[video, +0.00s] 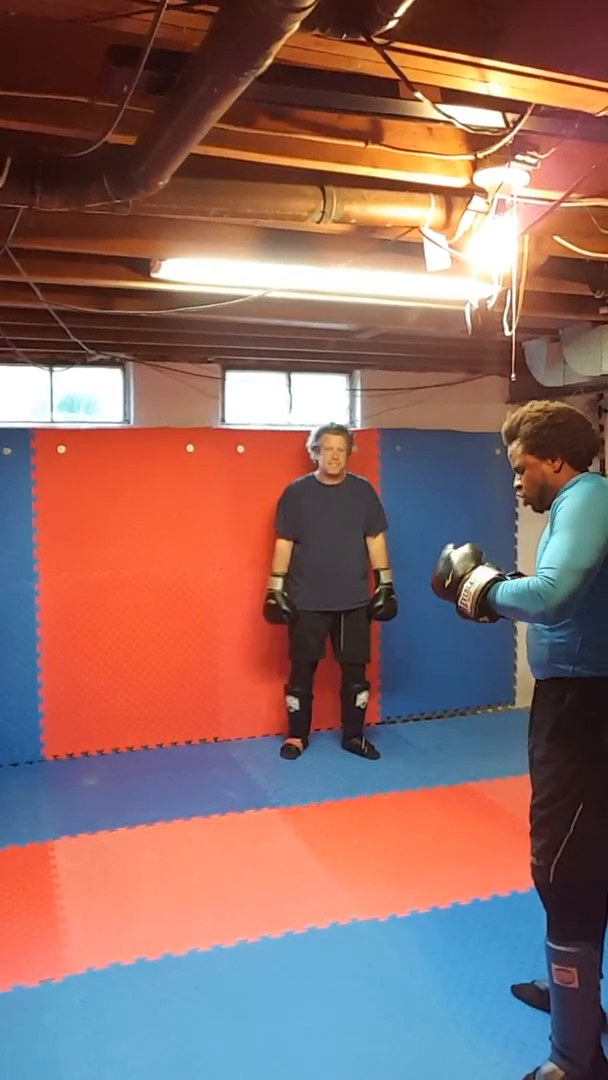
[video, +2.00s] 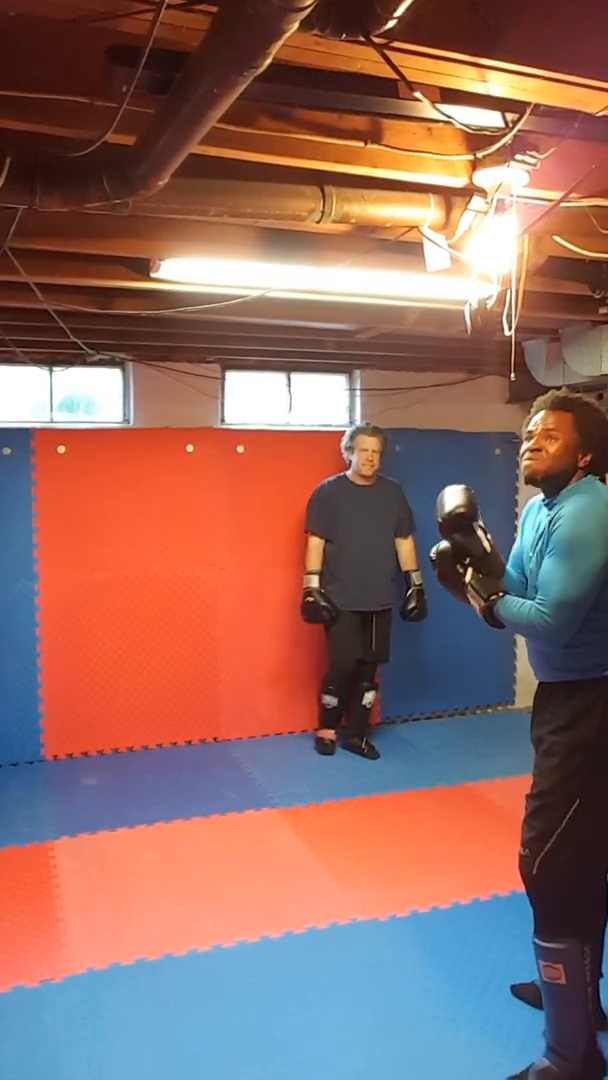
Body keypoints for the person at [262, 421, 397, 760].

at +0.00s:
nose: (334, 456)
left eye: (340, 451)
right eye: (328, 450)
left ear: (348, 455)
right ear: (317, 453)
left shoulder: (363, 490)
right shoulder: (296, 493)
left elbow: (376, 538)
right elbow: (284, 542)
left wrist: (385, 585)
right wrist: (276, 588)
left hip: (354, 599)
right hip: (307, 599)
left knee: (356, 669)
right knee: (302, 669)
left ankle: (354, 736)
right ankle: (297, 735)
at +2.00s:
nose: (370, 458)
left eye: (376, 452)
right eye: (364, 451)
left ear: (381, 456)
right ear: (349, 453)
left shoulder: (392, 492)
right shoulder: (327, 493)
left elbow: (405, 540)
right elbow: (316, 542)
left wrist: (415, 584)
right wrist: (312, 588)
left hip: (380, 599)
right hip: (340, 598)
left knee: (370, 667)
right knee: (344, 664)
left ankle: (356, 734)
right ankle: (327, 729)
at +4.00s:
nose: (274, 456)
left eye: (281, 450)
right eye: (268, 450)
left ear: (295, 453)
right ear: (259, 455)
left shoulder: (317, 491)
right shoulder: (246, 495)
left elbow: (334, 541)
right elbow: (234, 546)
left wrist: (341, 590)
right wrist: (227, 593)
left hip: (303, 603)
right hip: (257, 604)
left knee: (291, 675)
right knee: (268, 676)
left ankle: (285, 762)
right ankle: (275, 749)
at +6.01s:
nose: (370, 460)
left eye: (374, 453)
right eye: (362, 453)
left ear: (380, 453)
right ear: (344, 455)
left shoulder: (391, 492)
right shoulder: (324, 493)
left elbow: (409, 536)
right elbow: (305, 545)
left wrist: (384, 544)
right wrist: (342, 542)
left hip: (381, 605)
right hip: (341, 607)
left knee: (368, 679)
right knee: (344, 683)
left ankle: (360, 744)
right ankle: (343, 766)